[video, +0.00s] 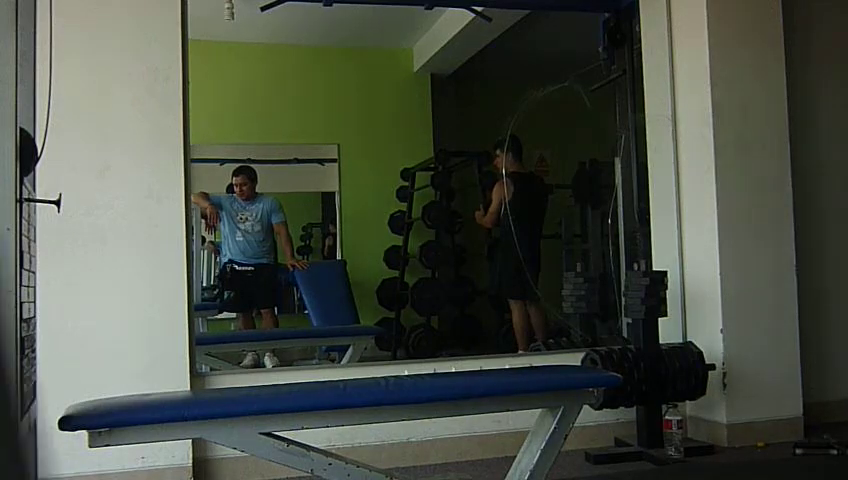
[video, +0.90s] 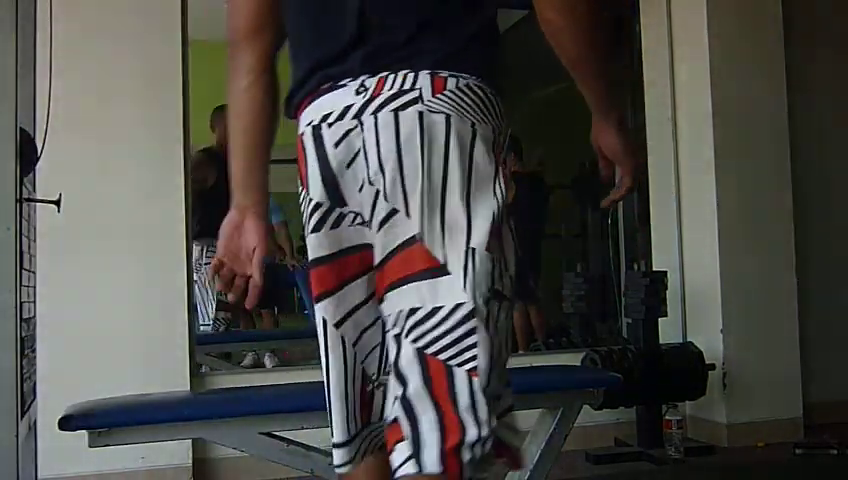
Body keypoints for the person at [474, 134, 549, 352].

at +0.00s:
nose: (495, 162)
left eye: (497, 157)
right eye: (495, 157)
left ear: (506, 156)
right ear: (519, 156)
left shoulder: (503, 186)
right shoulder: (537, 182)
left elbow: (490, 220)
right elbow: (538, 215)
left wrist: (480, 217)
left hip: (510, 248)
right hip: (533, 246)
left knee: (516, 301)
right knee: (533, 299)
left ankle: (522, 352)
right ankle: (542, 347)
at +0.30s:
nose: (496, 163)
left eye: (497, 157)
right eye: (495, 158)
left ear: (507, 156)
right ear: (519, 156)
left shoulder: (504, 185)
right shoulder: (537, 182)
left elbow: (490, 221)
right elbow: (537, 215)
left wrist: (480, 217)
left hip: (511, 247)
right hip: (533, 245)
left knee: (516, 301)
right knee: (532, 298)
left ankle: (522, 353)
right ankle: (542, 346)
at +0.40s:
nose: (497, 163)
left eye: (499, 157)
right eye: (497, 157)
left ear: (510, 156)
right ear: (518, 157)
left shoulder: (505, 185)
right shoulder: (539, 182)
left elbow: (492, 218)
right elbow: (538, 217)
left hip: (512, 247)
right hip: (533, 246)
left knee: (516, 301)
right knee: (532, 299)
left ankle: (523, 352)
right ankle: (542, 347)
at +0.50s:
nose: (497, 162)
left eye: (498, 157)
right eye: (497, 157)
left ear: (509, 156)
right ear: (518, 157)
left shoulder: (504, 186)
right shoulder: (532, 180)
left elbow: (491, 220)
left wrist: (480, 217)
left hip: (511, 248)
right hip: (533, 243)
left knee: (516, 302)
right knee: (532, 299)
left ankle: (522, 351)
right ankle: (542, 345)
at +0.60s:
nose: (496, 163)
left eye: (498, 157)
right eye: (496, 158)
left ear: (509, 156)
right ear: (519, 157)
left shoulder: (504, 186)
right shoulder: (536, 180)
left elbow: (491, 220)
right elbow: (538, 213)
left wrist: (480, 217)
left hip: (511, 247)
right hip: (534, 245)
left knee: (516, 302)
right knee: (533, 299)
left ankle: (523, 353)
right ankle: (542, 347)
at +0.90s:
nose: (502, 165)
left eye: (504, 160)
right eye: (503, 161)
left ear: (511, 158)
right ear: (522, 157)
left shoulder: (512, 183)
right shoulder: (538, 180)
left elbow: (503, 213)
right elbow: (542, 216)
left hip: (515, 247)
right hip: (534, 245)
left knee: (518, 299)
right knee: (533, 297)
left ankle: (522, 350)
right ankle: (542, 343)